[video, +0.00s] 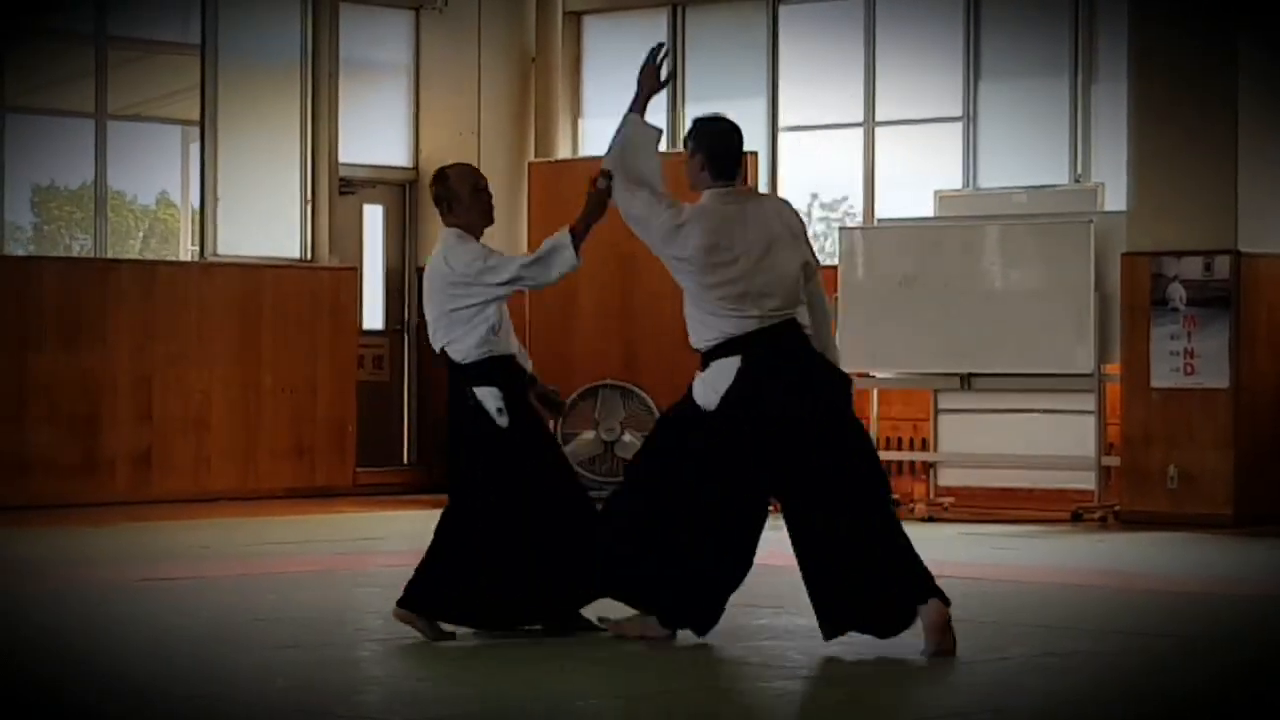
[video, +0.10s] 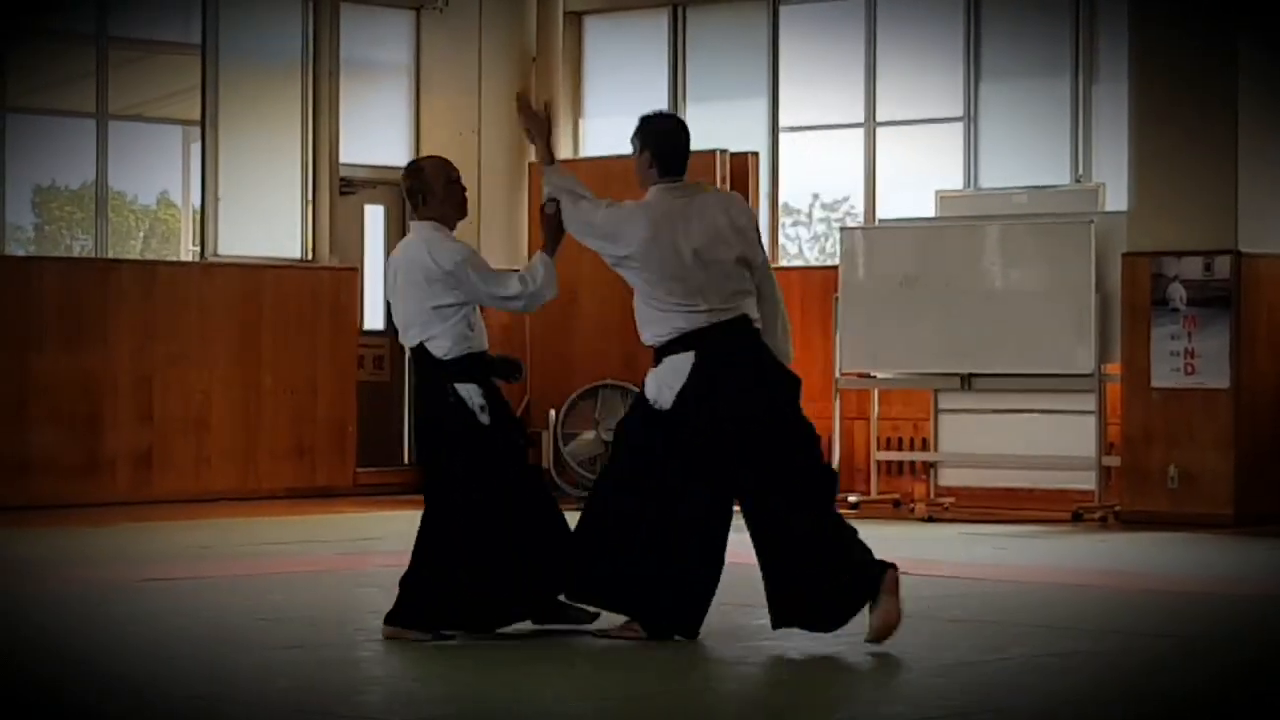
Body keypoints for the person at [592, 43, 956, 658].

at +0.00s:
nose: (682, 164)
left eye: (685, 156)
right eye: (686, 156)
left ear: (694, 162)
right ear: (742, 162)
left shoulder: (686, 229)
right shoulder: (783, 215)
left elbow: (631, 181)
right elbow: (816, 303)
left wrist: (641, 103)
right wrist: (829, 368)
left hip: (734, 382)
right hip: (803, 373)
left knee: (662, 487)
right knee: (855, 495)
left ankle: (655, 614)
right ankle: (928, 599)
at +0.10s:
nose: (632, 161)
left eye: (634, 153)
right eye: (635, 152)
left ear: (645, 159)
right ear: (685, 157)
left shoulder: (636, 222)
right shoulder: (731, 207)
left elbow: (577, 206)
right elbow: (767, 293)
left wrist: (544, 150)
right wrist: (781, 365)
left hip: (686, 371)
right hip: (751, 361)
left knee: (659, 496)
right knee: (789, 490)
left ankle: (656, 616)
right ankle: (872, 578)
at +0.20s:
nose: (605, 157)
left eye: (607, 149)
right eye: (608, 149)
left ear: (618, 154)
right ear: (662, 157)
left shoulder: (592, 209)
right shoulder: (697, 211)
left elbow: (527, 244)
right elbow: (733, 292)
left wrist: (504, 244)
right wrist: (737, 361)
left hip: (634, 365)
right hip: (698, 360)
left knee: (611, 487)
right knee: (721, 480)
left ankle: (592, 609)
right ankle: (771, 583)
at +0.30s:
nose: (581, 166)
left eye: (584, 157)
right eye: (585, 157)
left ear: (593, 160)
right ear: (634, 166)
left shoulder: (560, 217)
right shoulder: (665, 219)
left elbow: (502, 275)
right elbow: (706, 301)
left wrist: (466, 306)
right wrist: (719, 364)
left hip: (585, 361)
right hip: (649, 361)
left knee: (578, 483)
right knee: (645, 484)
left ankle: (570, 607)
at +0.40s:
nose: (540, 184)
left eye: (543, 175)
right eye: (543, 175)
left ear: (556, 177)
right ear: (596, 182)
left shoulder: (524, 231)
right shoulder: (629, 235)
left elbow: (464, 293)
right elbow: (670, 313)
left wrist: (404, 336)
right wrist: (697, 378)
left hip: (548, 372)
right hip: (613, 370)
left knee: (502, 485)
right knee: (593, 483)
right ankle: (620, 607)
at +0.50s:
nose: (488, 192)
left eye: (492, 183)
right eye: (491, 183)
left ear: (509, 186)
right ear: (539, 190)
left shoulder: (486, 243)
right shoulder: (577, 245)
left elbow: (418, 305)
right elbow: (619, 320)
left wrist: (348, 339)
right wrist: (655, 385)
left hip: (523, 387)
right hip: (580, 383)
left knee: (432, 463)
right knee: (571, 490)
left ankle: (435, 605)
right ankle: (625, 603)